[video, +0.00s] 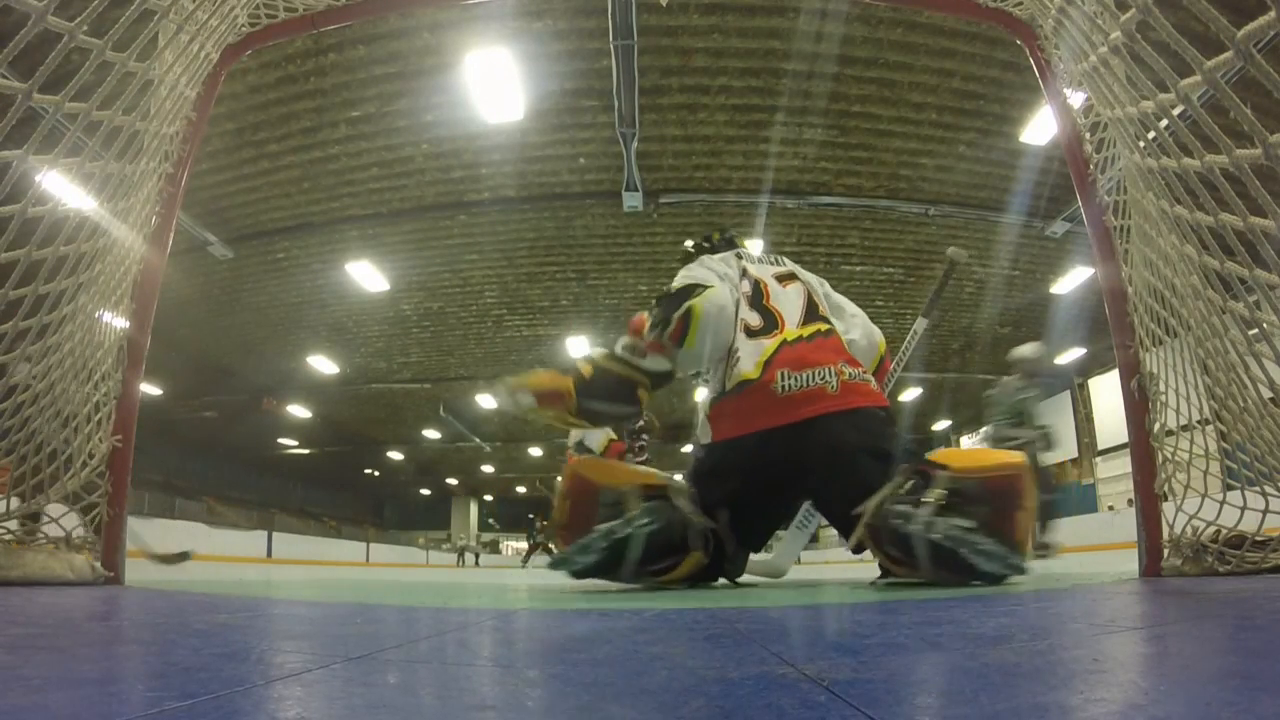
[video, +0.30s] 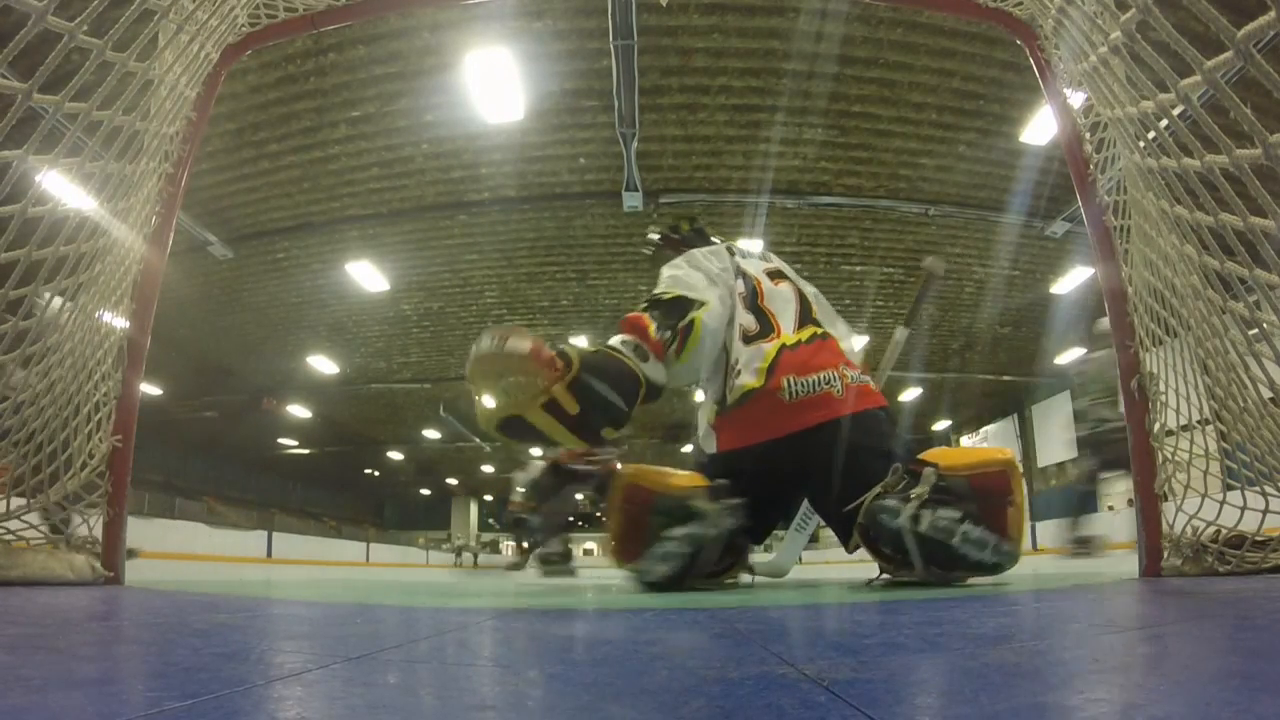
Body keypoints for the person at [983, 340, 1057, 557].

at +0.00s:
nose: (1041, 368)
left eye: (1040, 364)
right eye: (1039, 364)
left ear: (1014, 364)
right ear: (1032, 365)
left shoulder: (995, 390)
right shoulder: (1027, 390)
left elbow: (991, 424)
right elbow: (1031, 424)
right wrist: (1044, 434)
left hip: (996, 446)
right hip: (1021, 446)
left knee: (1005, 492)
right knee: (1046, 485)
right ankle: (1040, 537)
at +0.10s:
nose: (1058, 361)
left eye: (1058, 357)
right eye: (1056, 357)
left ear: (1036, 357)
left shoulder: (1017, 382)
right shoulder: (1051, 377)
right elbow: (1069, 377)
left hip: (1018, 452)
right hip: (1041, 451)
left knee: (1017, 495)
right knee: (1069, 484)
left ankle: (1014, 544)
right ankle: (1064, 539)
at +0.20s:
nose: (1108, 353)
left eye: (1108, 348)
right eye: (1106, 347)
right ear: (1095, 346)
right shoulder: (1084, 374)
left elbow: (1067, 414)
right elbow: (1075, 413)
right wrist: (1098, 428)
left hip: (1069, 448)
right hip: (1087, 447)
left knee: (1059, 485)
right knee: (1120, 478)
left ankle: (1048, 537)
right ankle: (1121, 533)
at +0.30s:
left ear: (1092, 339)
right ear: (1117, 337)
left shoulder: (1079, 365)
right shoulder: (1126, 359)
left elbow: (1079, 407)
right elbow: (1145, 396)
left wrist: (1083, 438)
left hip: (1093, 437)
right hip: (1125, 434)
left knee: (1086, 480)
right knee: (1145, 477)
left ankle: (1077, 533)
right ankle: (1148, 533)